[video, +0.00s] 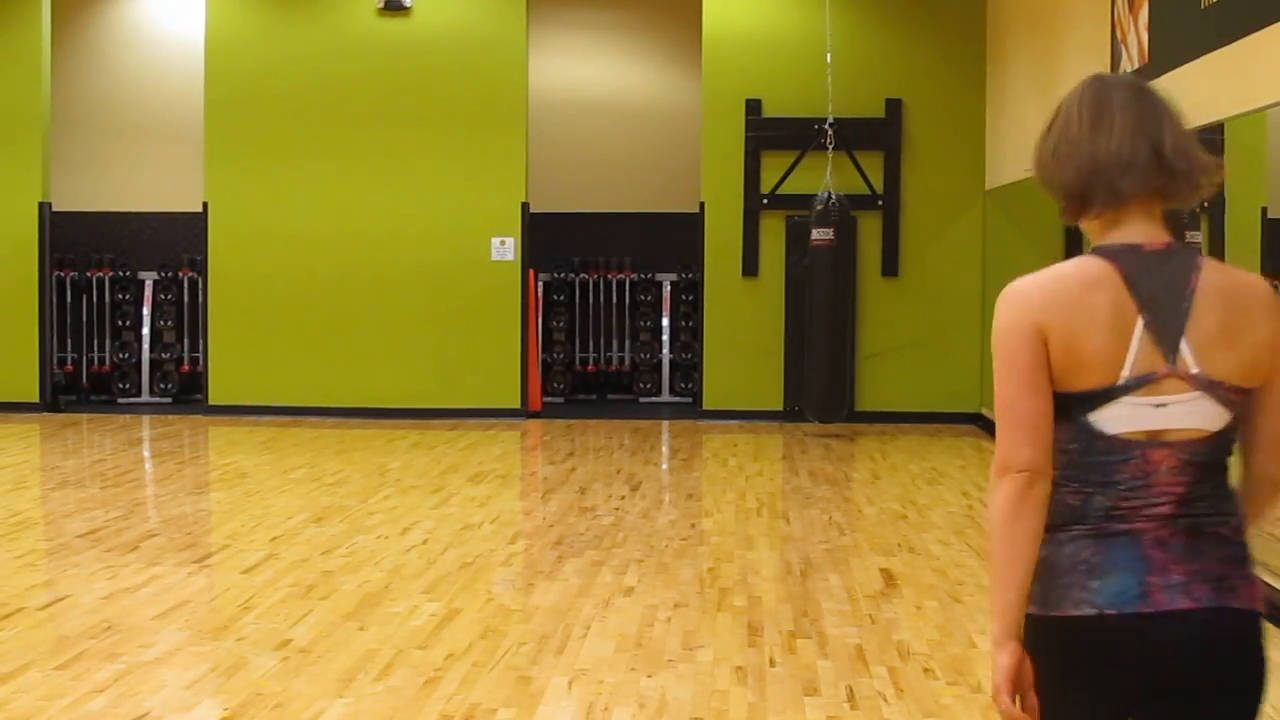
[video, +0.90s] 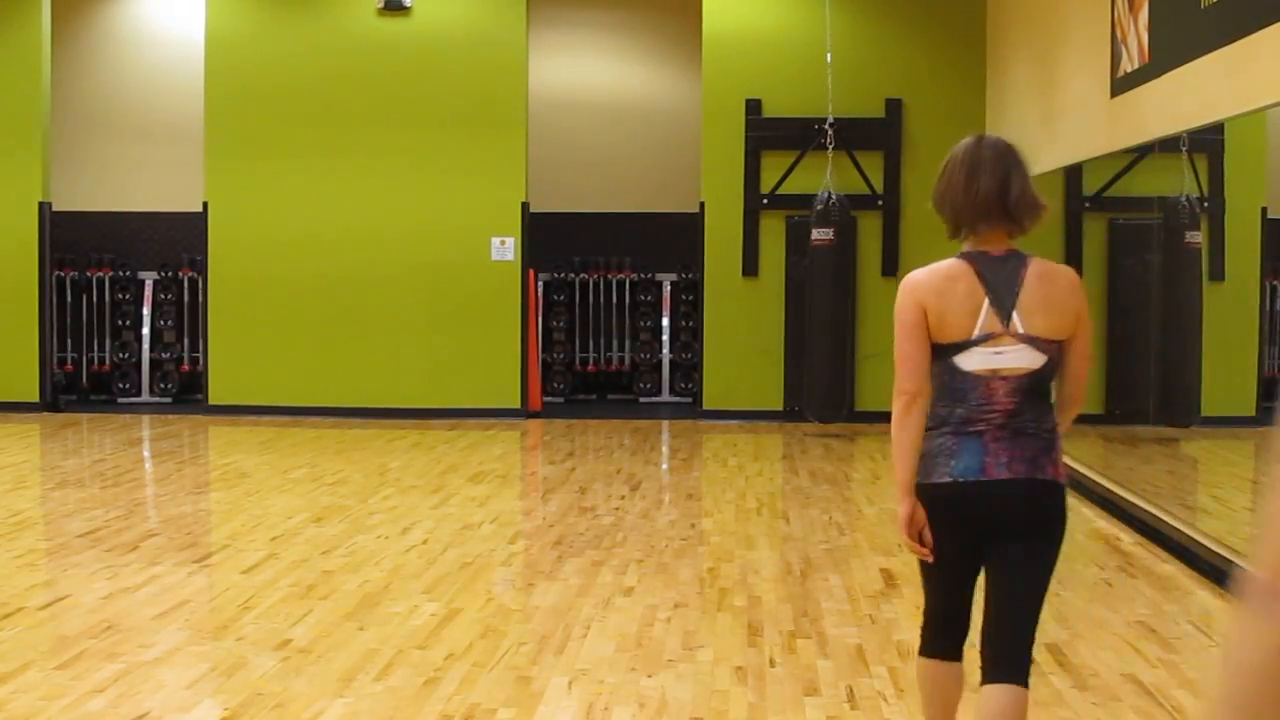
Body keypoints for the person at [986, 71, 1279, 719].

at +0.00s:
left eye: (1059, 163)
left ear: (1068, 173)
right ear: (1171, 163)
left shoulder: (1035, 303)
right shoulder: (1254, 301)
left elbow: (1022, 472)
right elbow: (1266, 476)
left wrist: (1006, 636)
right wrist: (1203, 539)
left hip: (1083, 627)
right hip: (1219, 621)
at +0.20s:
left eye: (1024, 182)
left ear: (1028, 196)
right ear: (1121, 187)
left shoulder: (1003, 323)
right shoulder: (1190, 306)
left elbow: (991, 475)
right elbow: (1206, 456)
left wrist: (968, 614)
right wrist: (1146, 515)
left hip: (1026, 590)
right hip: (1133, 589)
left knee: (1015, 707)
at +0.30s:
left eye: (1009, 170)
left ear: (1012, 183)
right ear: (1100, 174)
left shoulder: (986, 300)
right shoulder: (1168, 288)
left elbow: (968, 454)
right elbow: (1192, 436)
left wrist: (942, 569)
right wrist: (1167, 535)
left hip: (1006, 556)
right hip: (1114, 555)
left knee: (1009, 708)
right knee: (1079, 710)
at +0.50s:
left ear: (986, 197)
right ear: (1074, 199)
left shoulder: (947, 299)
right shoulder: (1117, 304)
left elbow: (917, 428)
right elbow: (1159, 427)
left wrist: (893, 496)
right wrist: (1202, 537)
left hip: (996, 540)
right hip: (1091, 541)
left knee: (1012, 708)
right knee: (1053, 703)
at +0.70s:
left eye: (979, 185)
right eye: (1042, 187)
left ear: (974, 195)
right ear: (1048, 199)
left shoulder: (931, 289)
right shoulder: (1082, 298)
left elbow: (909, 408)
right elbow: (1112, 415)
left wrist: (891, 481)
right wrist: (1137, 511)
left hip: (982, 518)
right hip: (1071, 511)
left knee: (971, 672)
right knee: (1039, 672)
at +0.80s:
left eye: (965, 181)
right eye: (1024, 182)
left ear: (961, 191)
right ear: (1035, 191)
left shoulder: (926, 280)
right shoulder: (1073, 285)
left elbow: (907, 398)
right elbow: (1089, 403)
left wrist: (900, 485)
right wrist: (1085, 481)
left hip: (964, 494)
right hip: (1054, 492)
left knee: (960, 636)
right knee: (1028, 659)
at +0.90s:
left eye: (956, 191)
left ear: (952, 199)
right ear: (1023, 198)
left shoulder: (923, 287)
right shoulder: (1064, 284)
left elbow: (911, 397)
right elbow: (1071, 393)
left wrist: (904, 494)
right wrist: (1050, 437)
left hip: (949, 493)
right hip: (1033, 494)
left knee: (942, 634)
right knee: (1009, 654)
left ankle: (940, 719)